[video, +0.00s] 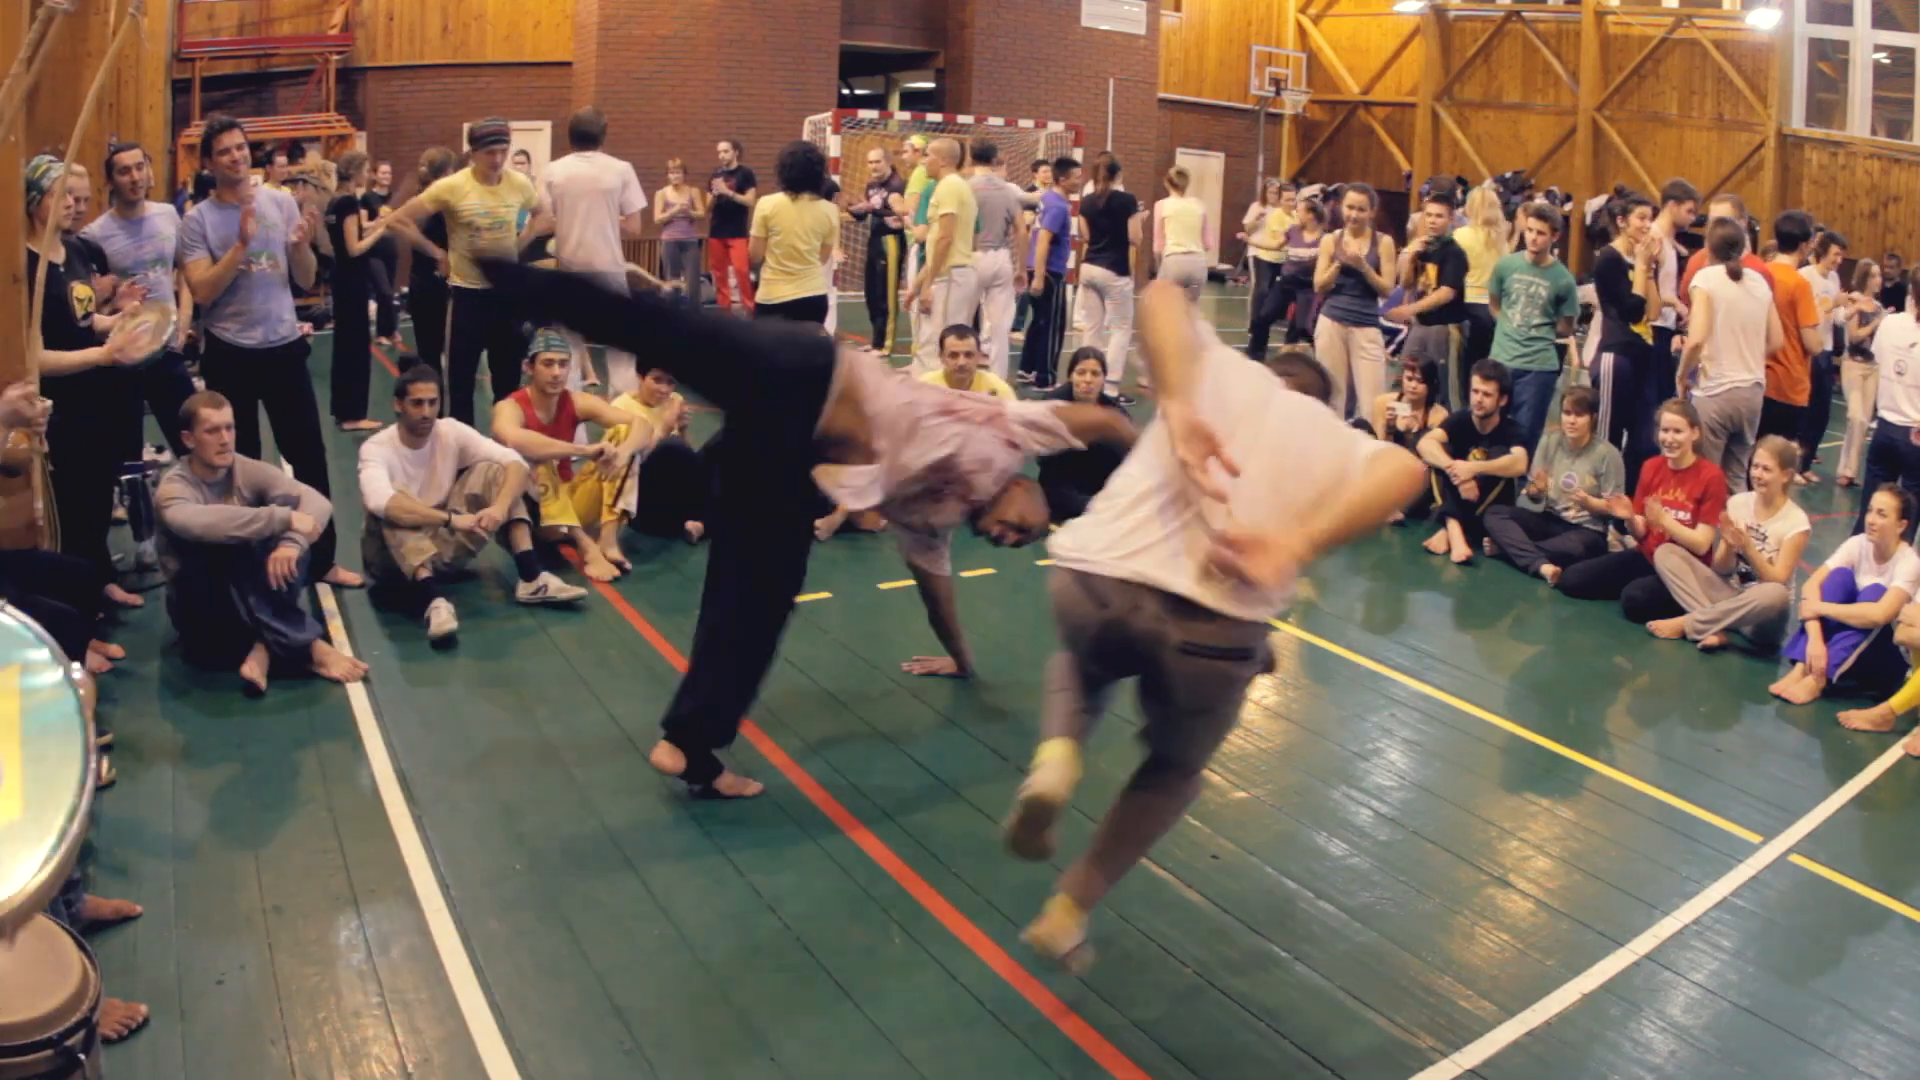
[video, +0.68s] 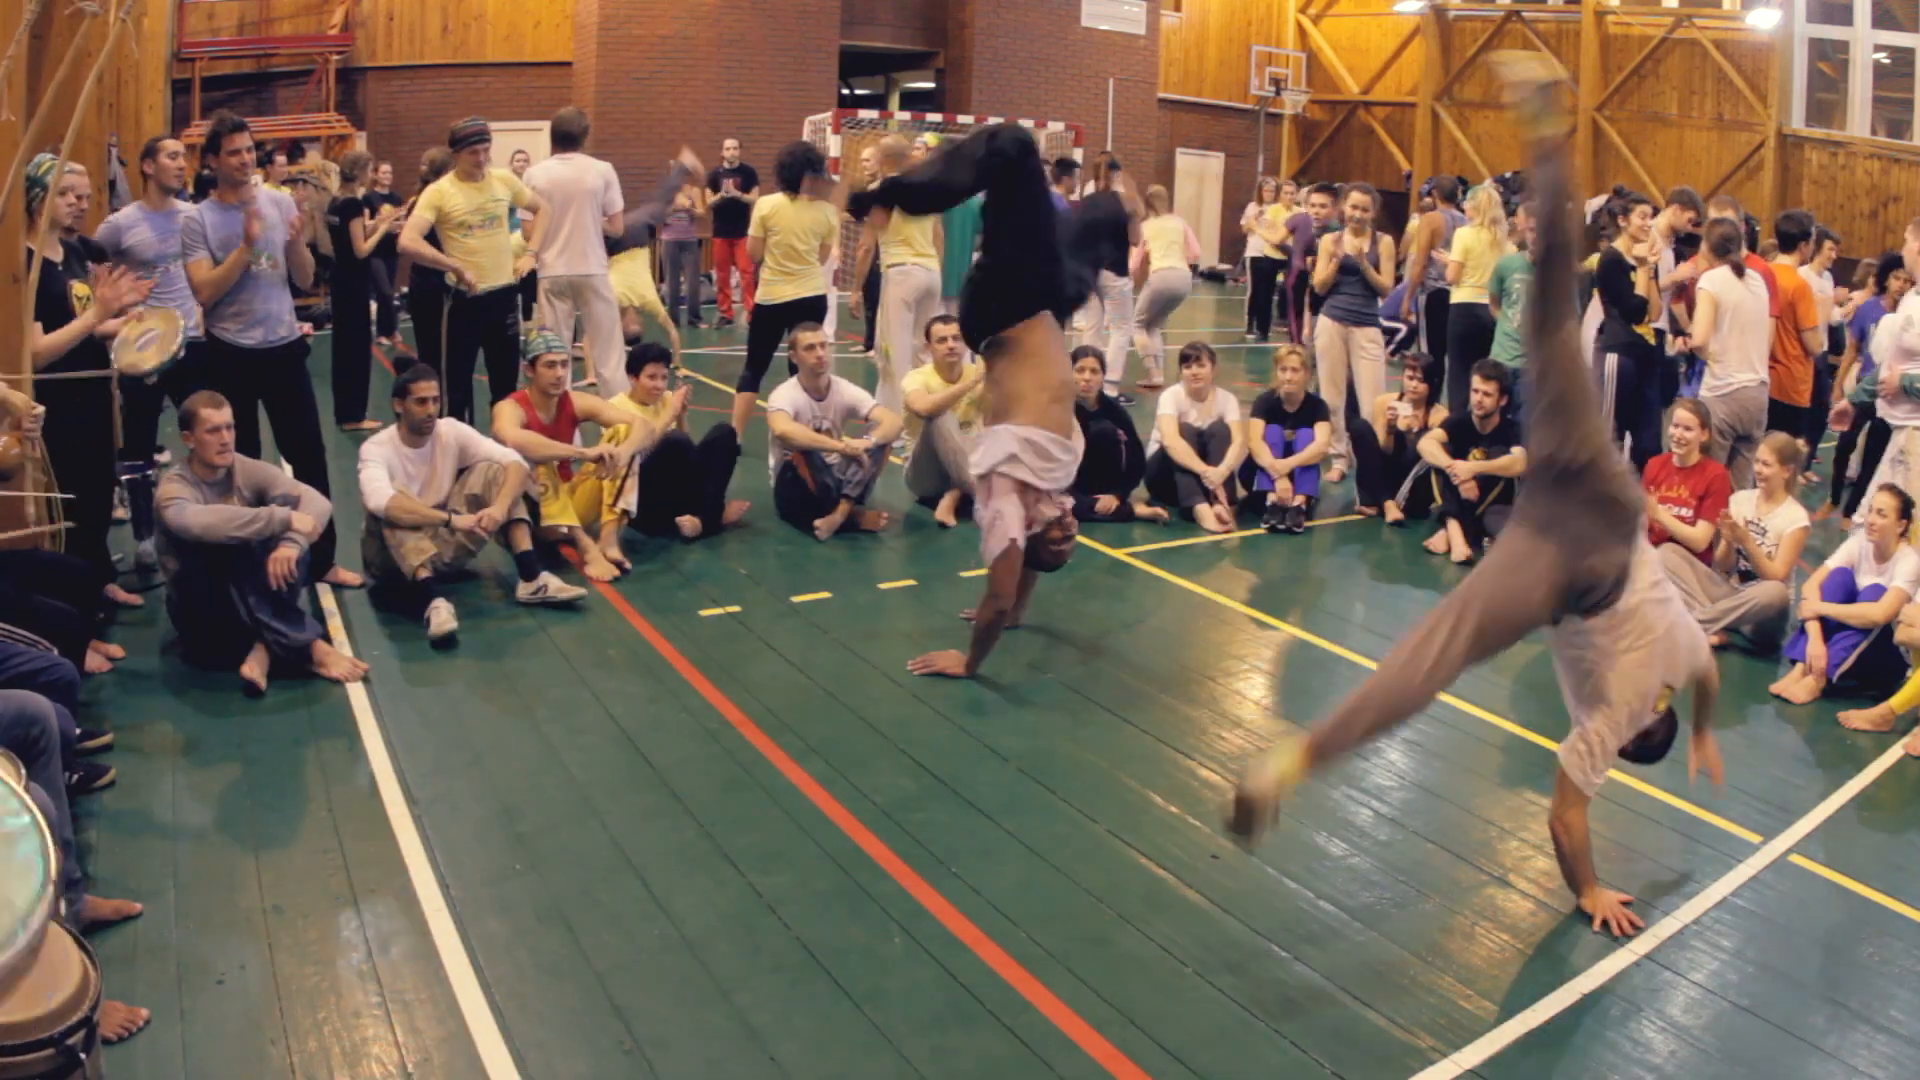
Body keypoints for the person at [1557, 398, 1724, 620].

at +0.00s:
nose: (1669, 438)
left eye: (1678, 431)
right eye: (1664, 431)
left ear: (1695, 433)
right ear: (1657, 432)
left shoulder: (1711, 476)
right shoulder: (1651, 467)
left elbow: (1701, 545)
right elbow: (1640, 533)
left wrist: (1662, 520)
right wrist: (1629, 517)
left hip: (1683, 567)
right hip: (1647, 556)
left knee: (1634, 601)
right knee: (1570, 581)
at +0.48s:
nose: (1674, 437)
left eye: (1683, 431)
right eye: (1670, 428)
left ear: (1700, 434)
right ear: (1662, 430)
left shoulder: (1713, 475)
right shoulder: (1652, 465)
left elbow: (1698, 542)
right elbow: (1639, 533)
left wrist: (1653, 517)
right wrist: (1643, 516)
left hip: (1685, 564)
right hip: (1647, 555)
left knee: (1634, 599)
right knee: (1598, 575)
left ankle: (1693, 603)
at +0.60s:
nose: (1676, 435)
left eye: (1685, 429)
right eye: (1672, 427)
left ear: (1702, 434)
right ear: (1666, 428)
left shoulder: (1715, 476)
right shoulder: (1654, 466)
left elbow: (1700, 542)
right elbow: (1641, 533)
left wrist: (1659, 515)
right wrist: (1637, 515)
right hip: (1646, 557)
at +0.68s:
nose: (1678, 435)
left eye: (1687, 429)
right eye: (1675, 426)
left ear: (1704, 434)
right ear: (1669, 428)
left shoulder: (1716, 475)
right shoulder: (1654, 465)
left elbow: (1699, 541)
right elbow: (1639, 518)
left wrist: (1657, 513)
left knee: (1668, 551)